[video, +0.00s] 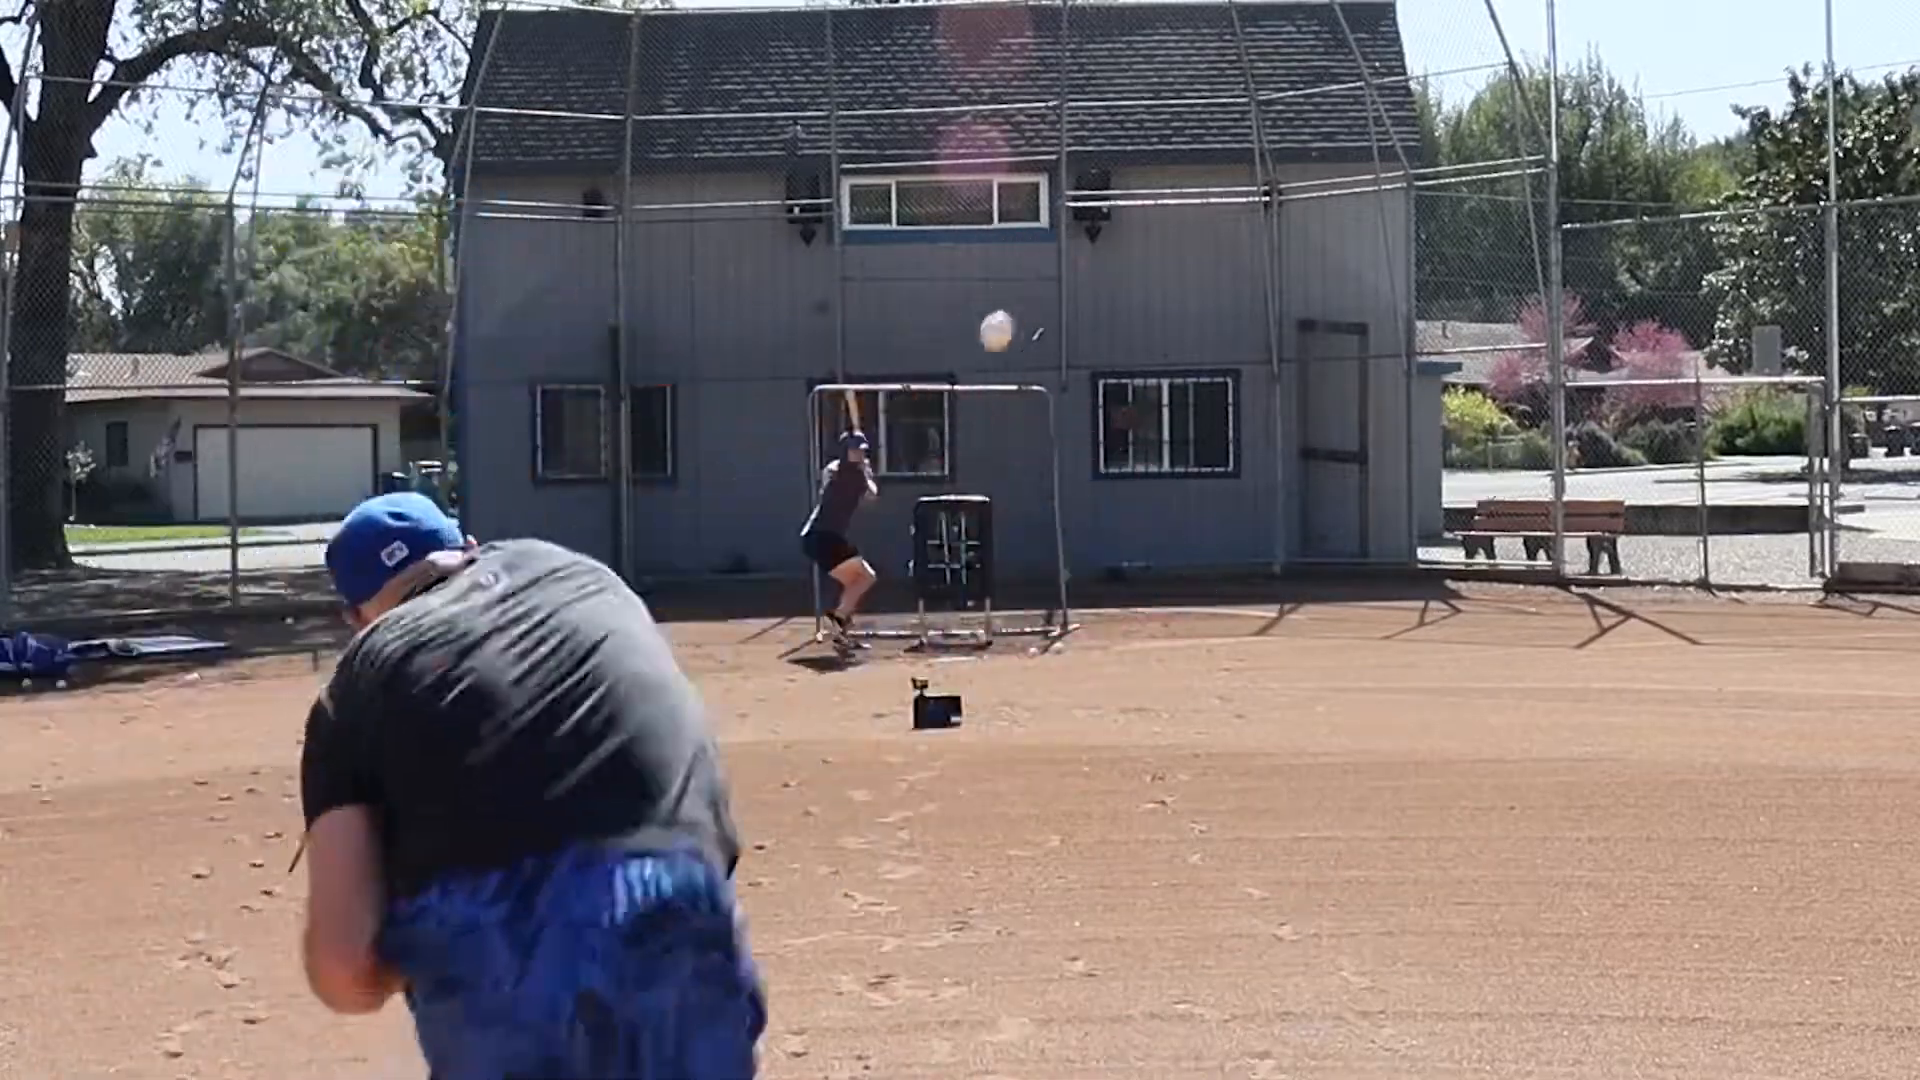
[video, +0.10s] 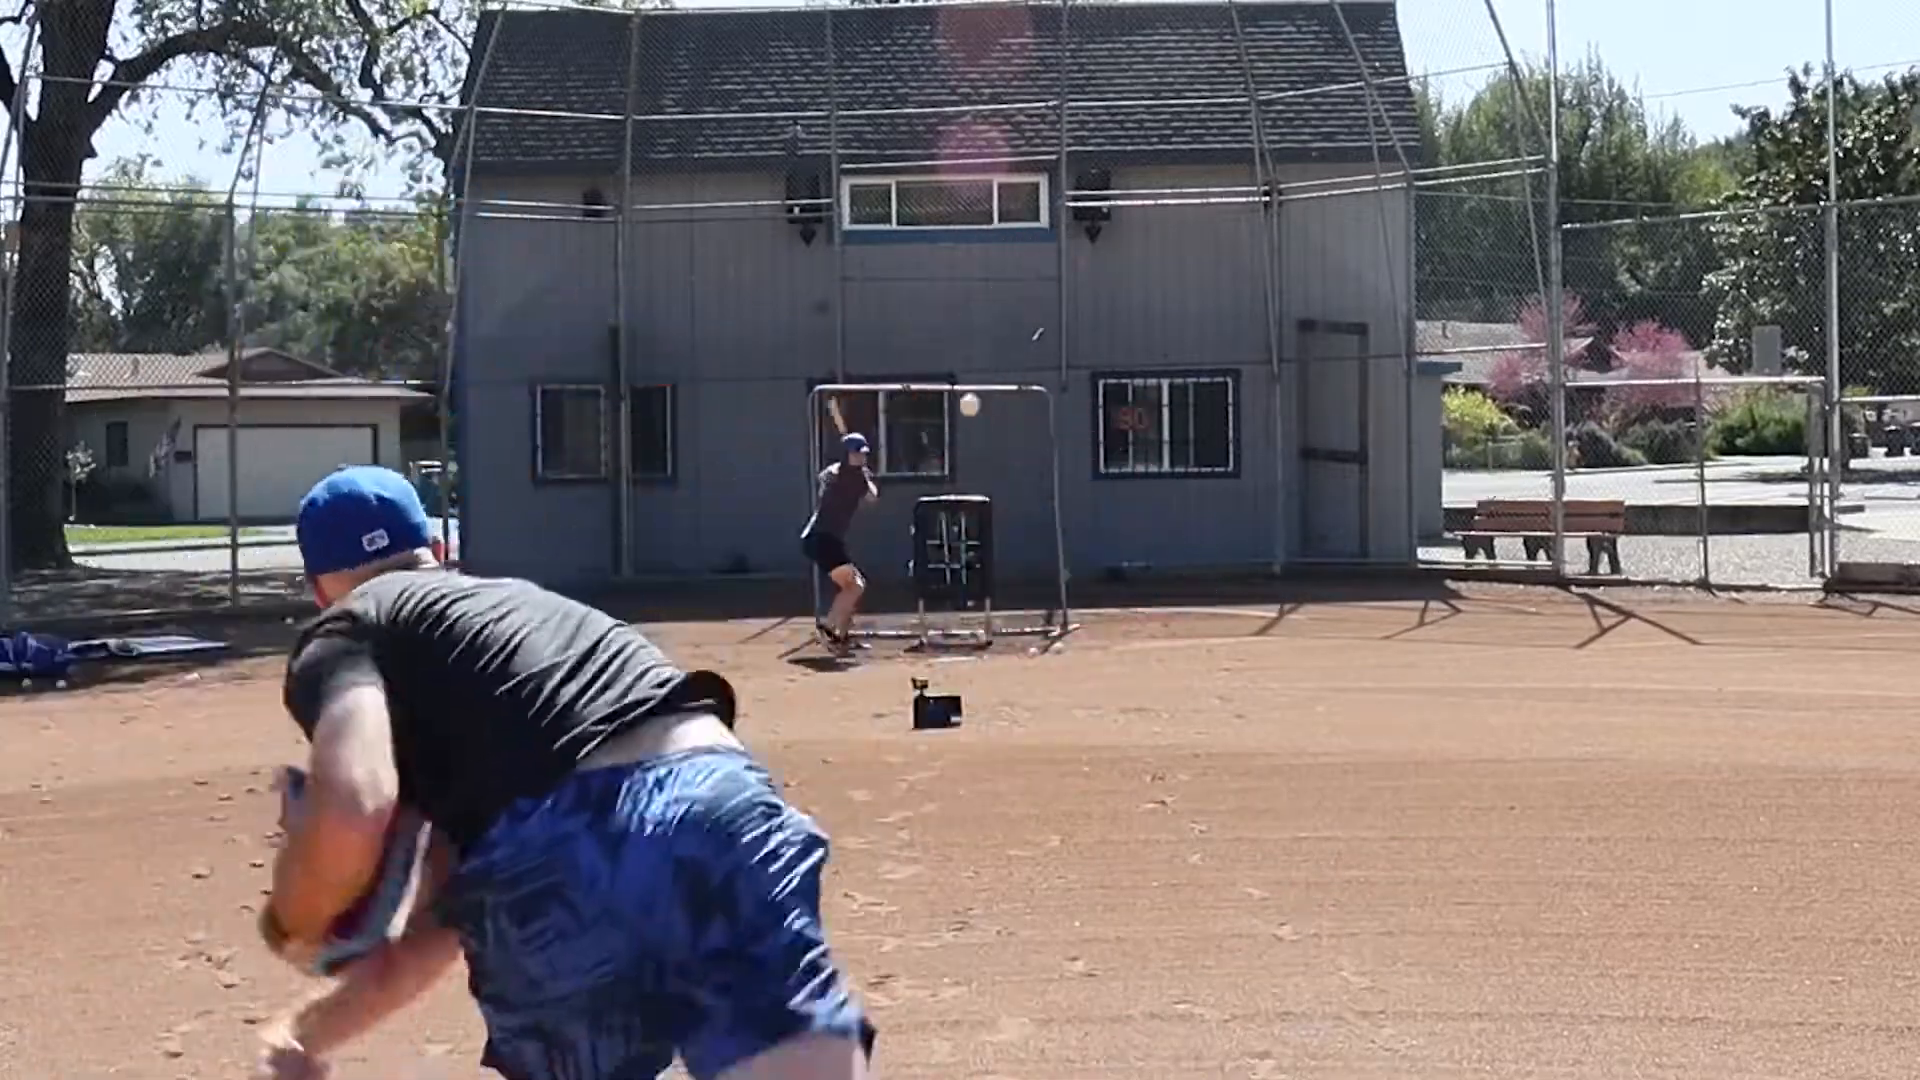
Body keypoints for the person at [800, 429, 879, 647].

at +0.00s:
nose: (861, 455)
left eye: (862, 451)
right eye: (856, 451)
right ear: (848, 452)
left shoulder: (833, 468)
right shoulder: (857, 474)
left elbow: (830, 467)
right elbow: (873, 492)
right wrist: (866, 472)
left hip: (813, 535)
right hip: (827, 536)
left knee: (852, 581)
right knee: (866, 576)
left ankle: (841, 632)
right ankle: (841, 614)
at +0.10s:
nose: (862, 458)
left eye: (863, 454)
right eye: (858, 453)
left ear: (863, 455)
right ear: (849, 453)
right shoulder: (852, 475)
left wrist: (863, 475)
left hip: (830, 537)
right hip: (822, 537)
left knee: (854, 585)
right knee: (853, 584)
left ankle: (842, 632)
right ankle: (830, 625)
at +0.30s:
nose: (861, 466)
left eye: (862, 462)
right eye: (857, 461)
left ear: (859, 463)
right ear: (845, 461)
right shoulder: (843, 478)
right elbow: (883, 500)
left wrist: (867, 514)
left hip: (835, 551)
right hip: (814, 546)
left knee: (856, 601)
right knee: (825, 590)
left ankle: (842, 636)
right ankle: (812, 642)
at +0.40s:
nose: (860, 469)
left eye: (862, 465)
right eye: (857, 464)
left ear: (863, 467)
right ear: (844, 463)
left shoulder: (857, 491)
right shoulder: (823, 470)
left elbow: (865, 515)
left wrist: (887, 499)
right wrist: (865, 484)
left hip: (838, 548)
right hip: (811, 544)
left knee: (845, 610)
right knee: (809, 592)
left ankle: (838, 632)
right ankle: (808, 643)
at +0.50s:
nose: (866, 473)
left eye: (869, 469)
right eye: (862, 468)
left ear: (872, 471)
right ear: (851, 467)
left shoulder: (871, 491)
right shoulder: (834, 479)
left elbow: (847, 491)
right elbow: (804, 484)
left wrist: (821, 485)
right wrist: (825, 483)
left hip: (842, 547)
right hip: (815, 541)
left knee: (846, 609)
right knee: (809, 592)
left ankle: (836, 632)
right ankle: (805, 646)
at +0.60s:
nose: (858, 469)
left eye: (863, 465)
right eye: (855, 463)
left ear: (868, 469)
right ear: (848, 465)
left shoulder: (861, 487)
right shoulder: (839, 490)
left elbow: (830, 488)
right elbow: (822, 520)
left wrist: (798, 490)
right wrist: (800, 505)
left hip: (846, 545)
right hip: (821, 543)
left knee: (844, 598)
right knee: (809, 590)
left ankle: (845, 630)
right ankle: (800, 642)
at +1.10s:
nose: (858, 470)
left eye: (863, 466)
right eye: (854, 465)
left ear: (868, 469)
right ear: (848, 466)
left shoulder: (868, 492)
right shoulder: (832, 489)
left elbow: (840, 492)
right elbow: (813, 514)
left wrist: (805, 489)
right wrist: (800, 499)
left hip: (848, 551)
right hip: (821, 547)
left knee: (845, 607)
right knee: (813, 594)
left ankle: (858, 629)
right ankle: (803, 642)